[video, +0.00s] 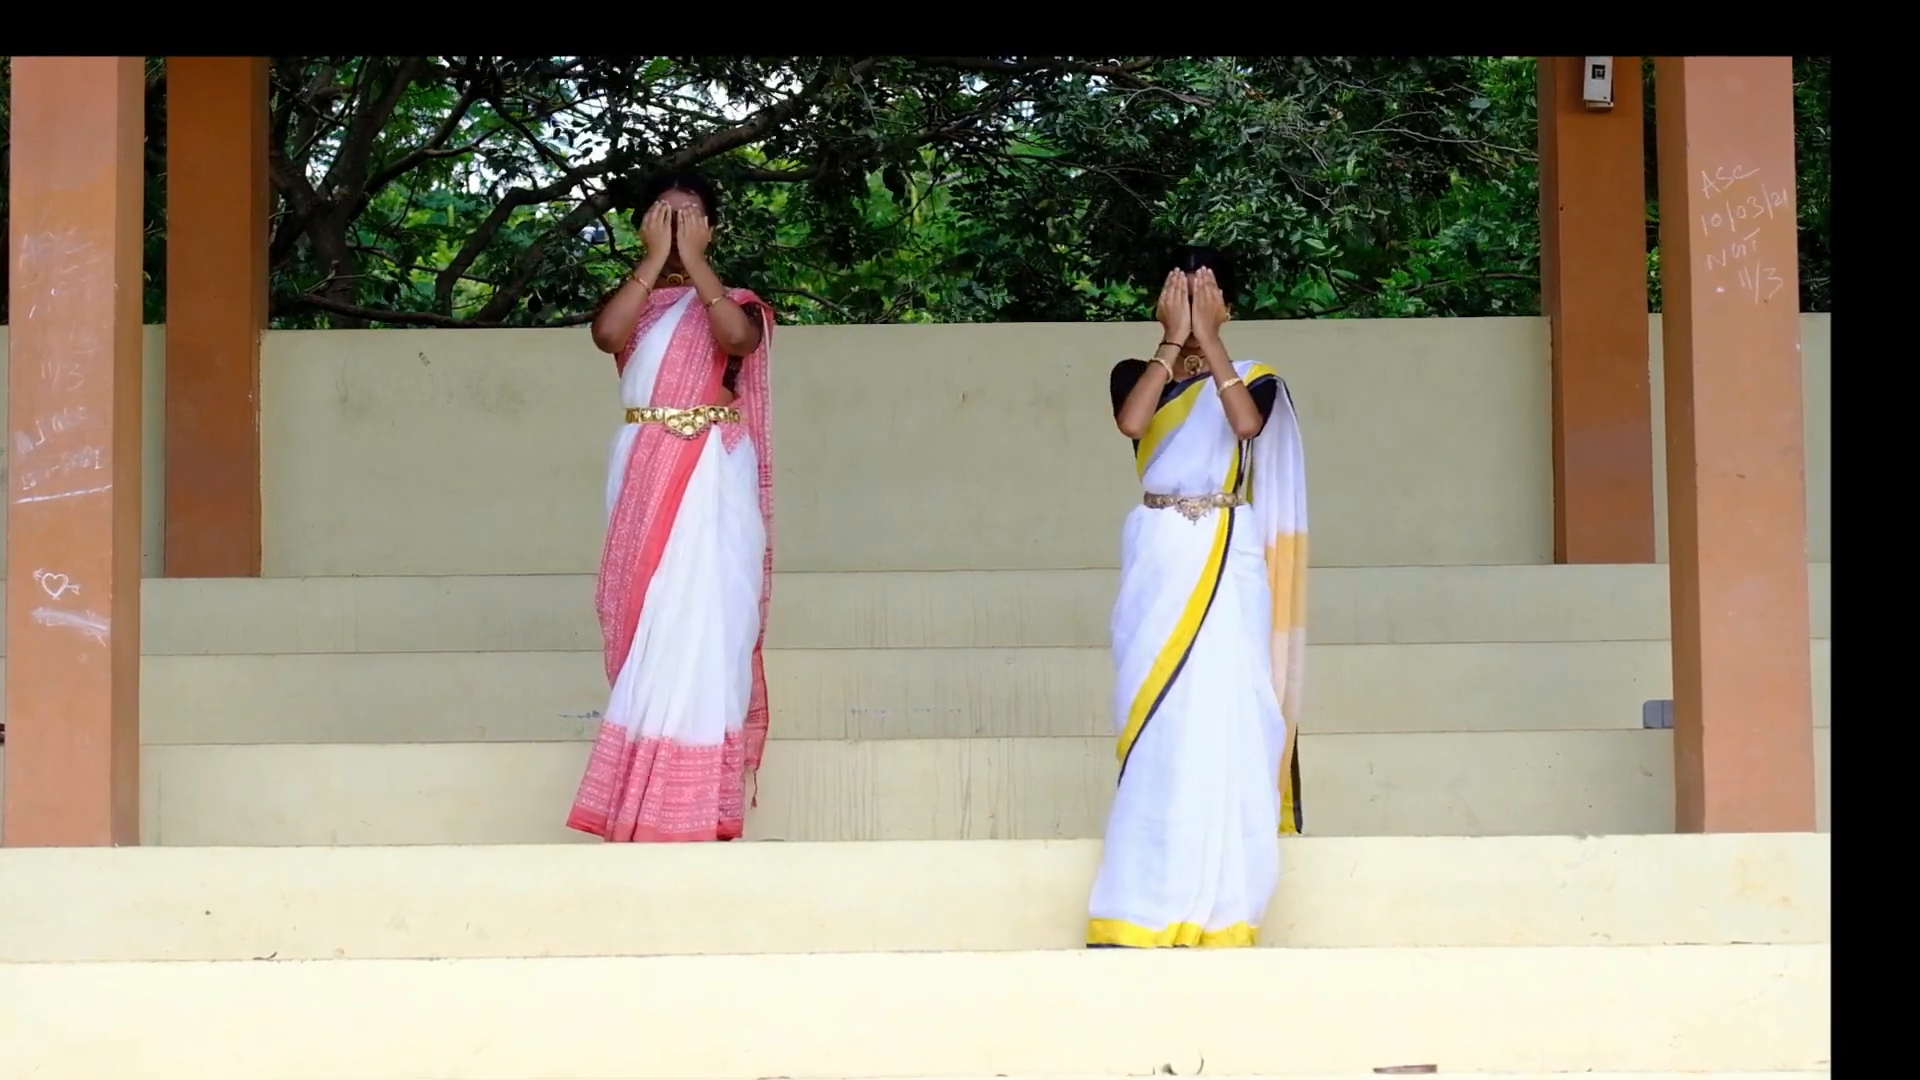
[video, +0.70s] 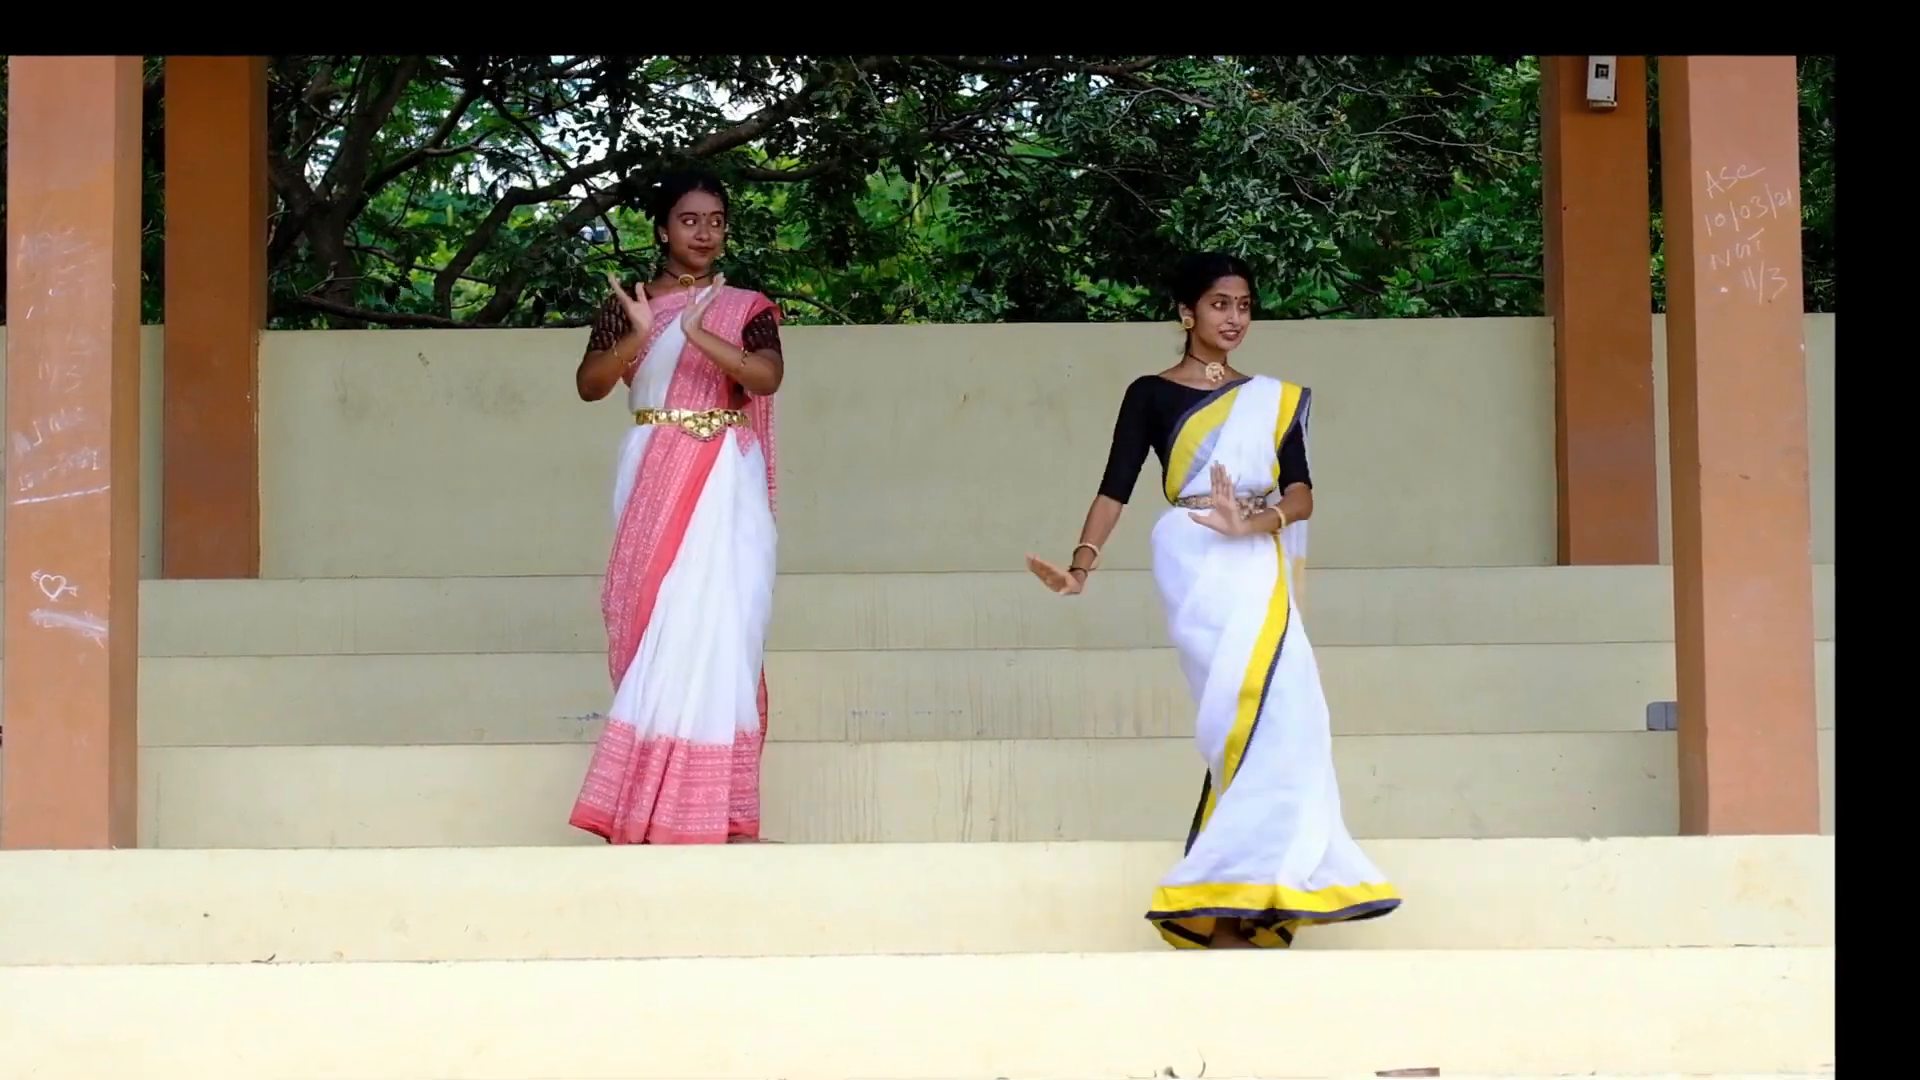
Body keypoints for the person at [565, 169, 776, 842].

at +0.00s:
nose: (675, 226)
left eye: (690, 215)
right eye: (665, 214)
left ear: (712, 227)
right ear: (647, 228)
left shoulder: (738, 301)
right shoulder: (635, 301)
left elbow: (740, 339)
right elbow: (608, 334)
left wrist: (694, 261)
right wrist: (654, 258)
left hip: (712, 477)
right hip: (644, 477)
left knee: (700, 629)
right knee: (648, 628)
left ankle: (690, 806)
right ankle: (642, 800)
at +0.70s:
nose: (704, 231)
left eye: (714, 220)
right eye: (690, 219)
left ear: (727, 229)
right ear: (664, 227)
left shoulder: (747, 307)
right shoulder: (631, 304)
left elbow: (766, 377)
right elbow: (590, 385)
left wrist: (702, 337)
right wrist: (636, 337)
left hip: (727, 482)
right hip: (655, 481)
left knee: (717, 629)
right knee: (658, 628)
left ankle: (703, 809)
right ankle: (652, 804)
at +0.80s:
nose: (720, 237)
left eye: (729, 226)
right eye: (705, 224)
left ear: (736, 235)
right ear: (674, 233)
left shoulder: (755, 313)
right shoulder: (633, 315)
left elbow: (767, 395)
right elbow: (609, 399)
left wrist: (720, 414)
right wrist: (604, 427)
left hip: (733, 490)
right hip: (659, 489)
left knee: (717, 631)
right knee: (661, 631)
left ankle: (706, 812)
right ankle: (659, 806)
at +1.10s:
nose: (748, 241)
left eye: (754, 229)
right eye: (734, 228)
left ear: (758, 235)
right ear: (698, 235)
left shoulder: (768, 315)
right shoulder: (651, 310)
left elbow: (768, 386)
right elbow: (583, 383)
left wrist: (693, 391)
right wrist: (505, 434)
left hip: (747, 479)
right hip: (674, 477)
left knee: (783, 585)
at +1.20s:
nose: (753, 245)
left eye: (758, 234)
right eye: (739, 232)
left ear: (761, 242)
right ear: (700, 239)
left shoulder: (771, 319)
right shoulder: (653, 315)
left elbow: (781, 398)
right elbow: (582, 386)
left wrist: (712, 406)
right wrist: (503, 420)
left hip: (748, 472)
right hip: (674, 475)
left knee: (764, 581)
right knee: (705, 612)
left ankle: (856, 698)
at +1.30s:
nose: (752, 249)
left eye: (759, 238)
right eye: (738, 237)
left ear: (766, 247)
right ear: (702, 246)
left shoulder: (777, 328)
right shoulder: (659, 319)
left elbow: (799, 419)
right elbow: (599, 395)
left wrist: (761, 441)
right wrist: (528, 453)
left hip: (749, 479)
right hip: (675, 476)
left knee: (769, 596)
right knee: (702, 621)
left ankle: (843, 727)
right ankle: (711, 779)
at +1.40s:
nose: (739, 248)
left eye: (749, 236)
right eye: (724, 236)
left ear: (762, 246)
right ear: (699, 246)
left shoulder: (782, 332)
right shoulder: (664, 322)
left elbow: (810, 419)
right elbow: (624, 401)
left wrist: (823, 471)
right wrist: (583, 472)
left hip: (752, 483)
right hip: (680, 478)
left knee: (752, 613)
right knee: (700, 621)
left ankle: (793, 778)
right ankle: (739, 787)